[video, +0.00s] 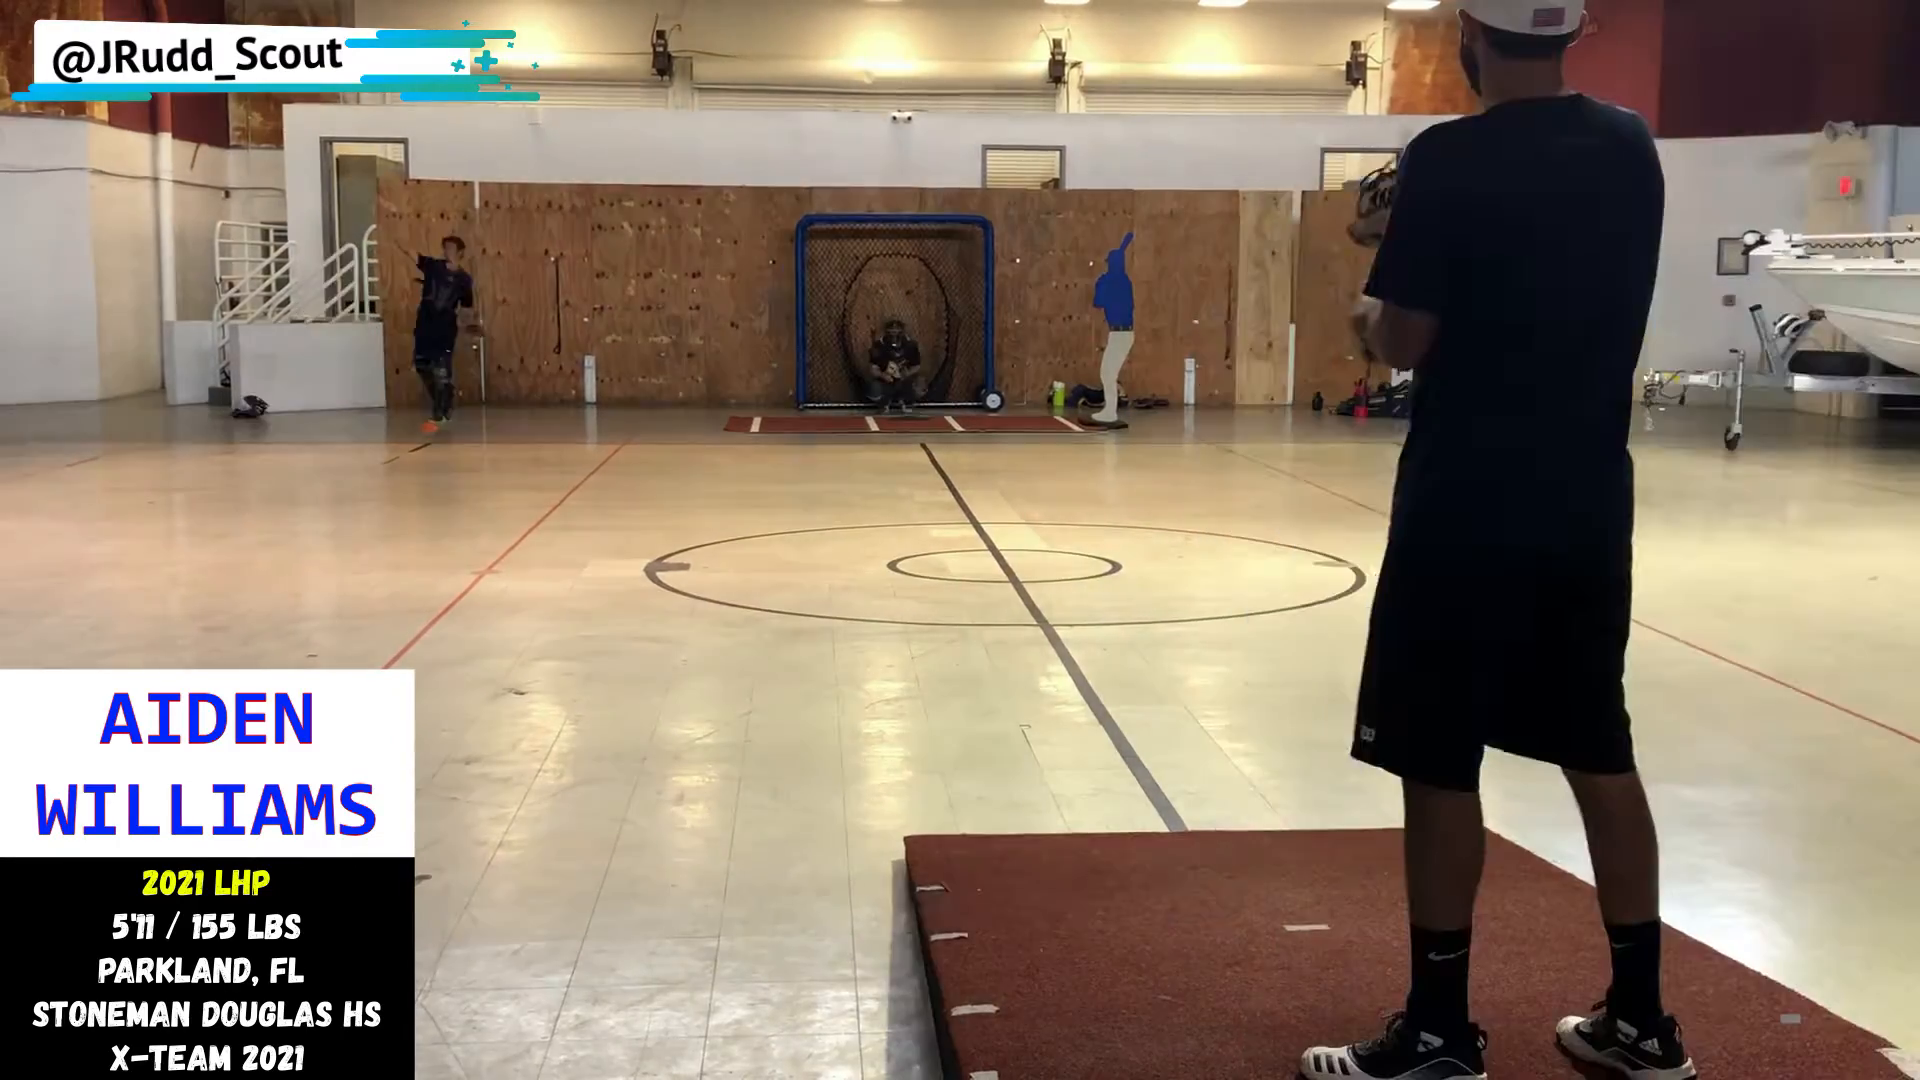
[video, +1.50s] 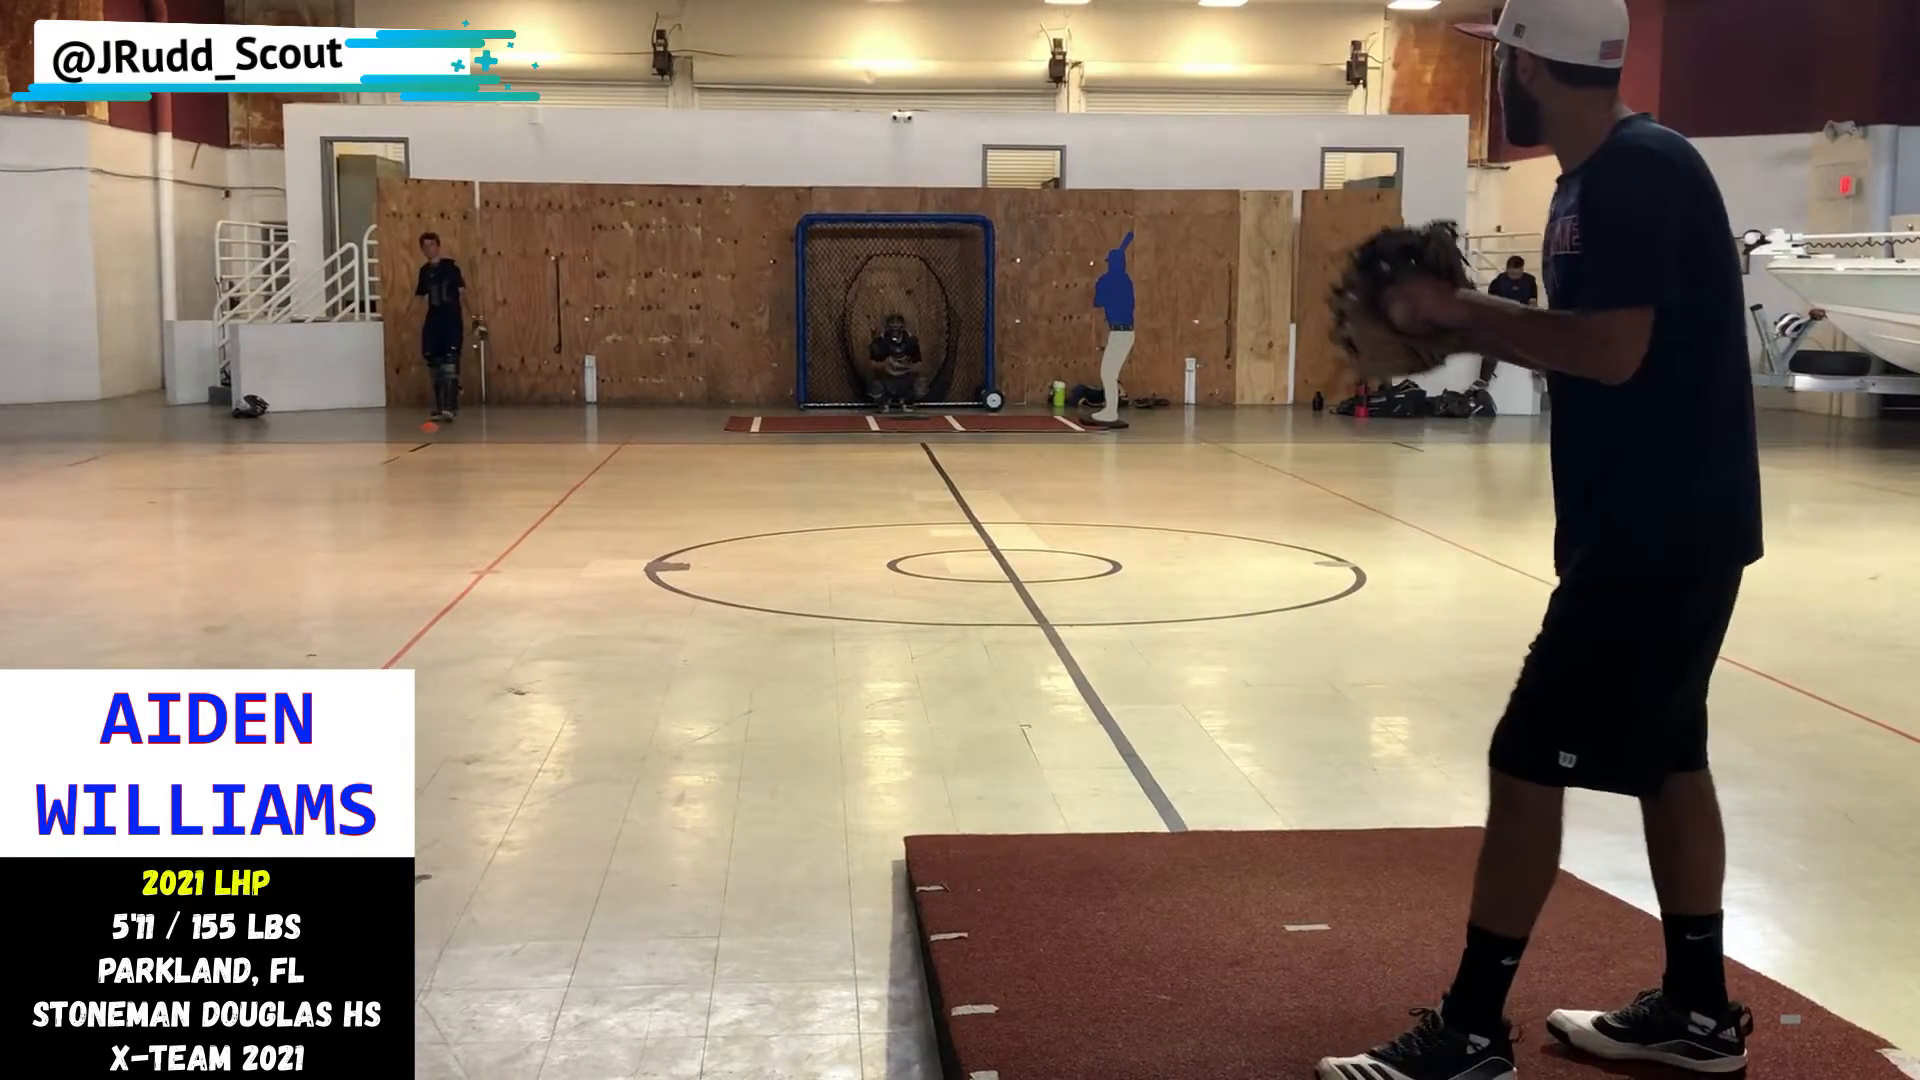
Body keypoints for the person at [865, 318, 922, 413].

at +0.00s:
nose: (894, 336)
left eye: (897, 333)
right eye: (891, 333)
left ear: (902, 332)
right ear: (886, 332)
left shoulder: (911, 345)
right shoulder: (878, 346)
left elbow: (916, 366)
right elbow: (873, 369)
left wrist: (906, 374)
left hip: (903, 381)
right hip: (886, 382)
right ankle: (884, 405)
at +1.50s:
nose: (895, 330)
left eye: (898, 326)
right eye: (893, 326)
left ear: (903, 326)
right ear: (888, 326)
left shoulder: (911, 340)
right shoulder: (880, 341)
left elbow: (918, 364)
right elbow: (873, 363)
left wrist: (905, 369)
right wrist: (885, 365)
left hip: (906, 376)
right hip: (887, 376)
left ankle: (907, 402)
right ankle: (883, 404)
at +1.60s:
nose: (895, 321)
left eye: (898, 317)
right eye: (891, 318)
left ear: (902, 318)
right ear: (886, 319)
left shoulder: (911, 334)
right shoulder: (879, 334)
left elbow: (918, 356)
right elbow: (871, 355)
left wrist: (906, 361)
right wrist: (880, 354)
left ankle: (904, 400)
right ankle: (886, 400)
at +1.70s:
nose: (894, 321)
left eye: (898, 318)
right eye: (891, 318)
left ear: (903, 316)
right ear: (886, 316)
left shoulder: (911, 328)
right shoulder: (877, 329)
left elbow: (921, 347)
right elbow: (868, 352)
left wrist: (911, 355)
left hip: (905, 363)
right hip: (884, 363)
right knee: (871, 373)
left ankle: (911, 398)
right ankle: (876, 400)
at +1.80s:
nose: (895, 321)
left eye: (898, 317)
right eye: (892, 317)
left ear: (903, 316)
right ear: (886, 315)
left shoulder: (910, 329)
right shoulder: (876, 330)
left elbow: (923, 348)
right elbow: (868, 350)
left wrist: (915, 355)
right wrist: (860, 365)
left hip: (907, 365)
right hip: (885, 365)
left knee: (923, 372)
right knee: (866, 375)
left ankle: (924, 403)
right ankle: (868, 404)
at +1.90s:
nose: (894, 324)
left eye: (898, 320)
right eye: (891, 320)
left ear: (902, 321)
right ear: (886, 320)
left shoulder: (910, 335)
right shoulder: (878, 336)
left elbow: (924, 355)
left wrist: (915, 361)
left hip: (907, 370)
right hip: (885, 370)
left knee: (922, 377)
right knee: (867, 378)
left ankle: (923, 405)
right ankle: (870, 405)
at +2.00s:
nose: (895, 331)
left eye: (898, 328)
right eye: (892, 328)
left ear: (903, 327)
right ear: (886, 327)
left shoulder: (910, 342)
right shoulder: (877, 344)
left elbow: (926, 358)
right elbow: (873, 365)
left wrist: (915, 365)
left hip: (907, 377)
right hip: (886, 377)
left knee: (921, 377)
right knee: (866, 380)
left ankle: (921, 405)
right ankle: (871, 406)